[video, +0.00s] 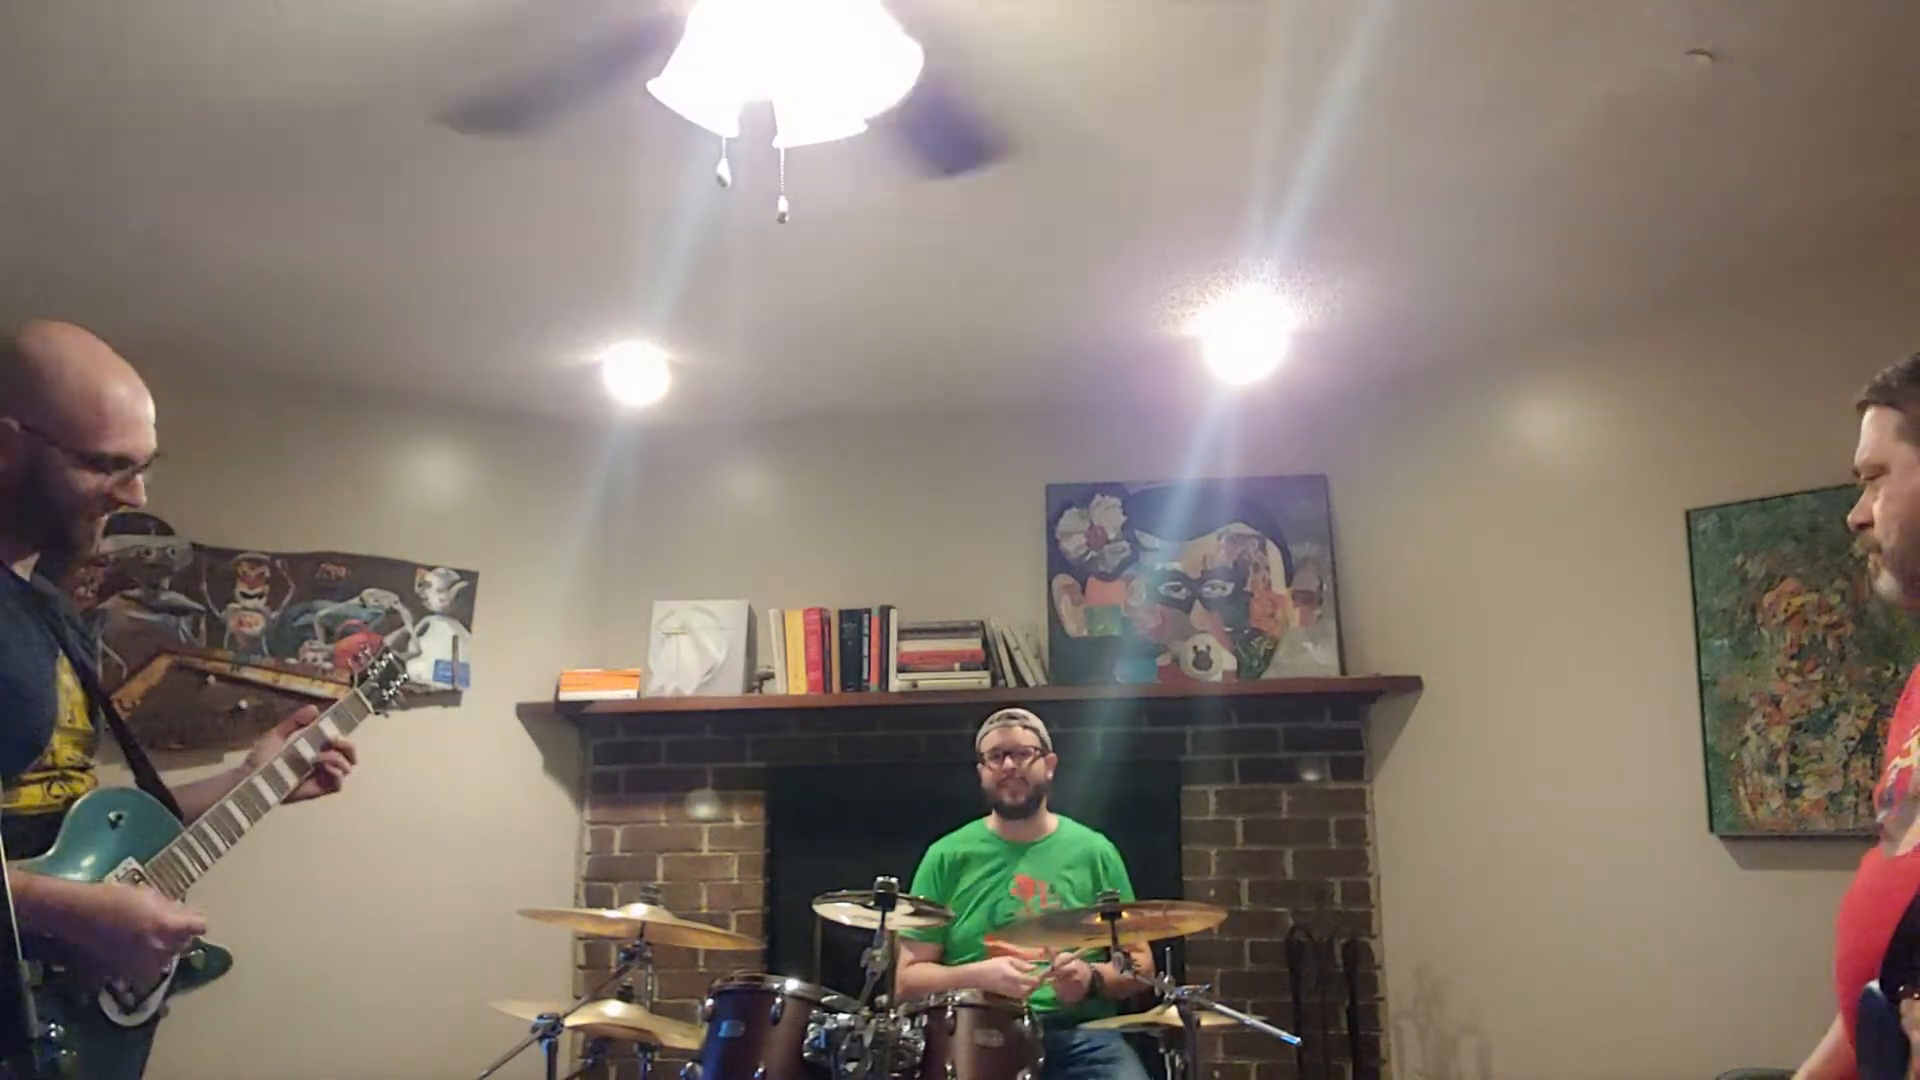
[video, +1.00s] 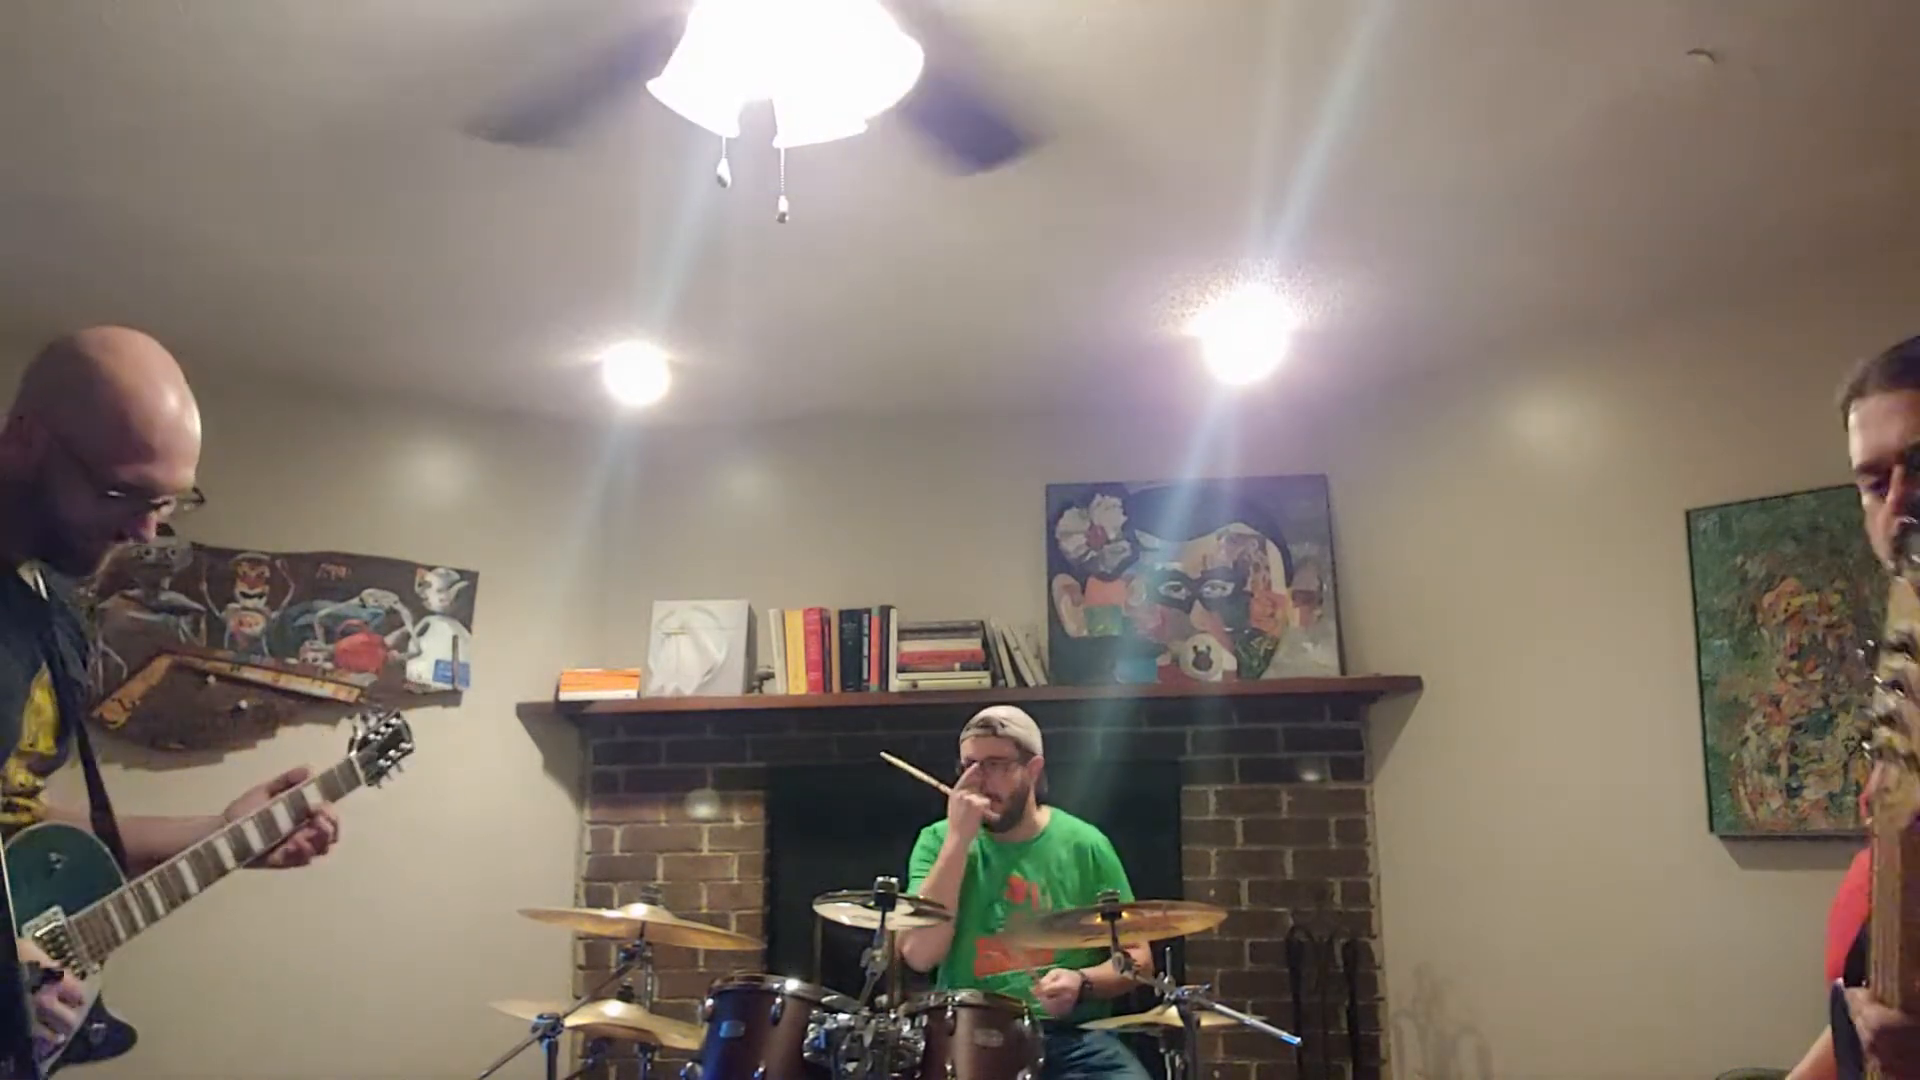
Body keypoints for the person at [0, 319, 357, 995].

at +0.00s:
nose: (136, 496)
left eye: (143, 467)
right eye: (108, 466)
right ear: (11, 446)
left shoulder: (47, 622)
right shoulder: (17, 623)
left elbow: (70, 830)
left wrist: (252, 777)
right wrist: (73, 914)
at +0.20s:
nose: (129, 511)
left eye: (149, 482)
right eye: (101, 476)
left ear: (163, 462)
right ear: (15, 444)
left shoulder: (55, 620)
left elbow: (65, 835)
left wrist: (250, 800)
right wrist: (43, 923)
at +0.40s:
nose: (133, 518)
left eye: (153, 491)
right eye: (106, 485)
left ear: (169, 470)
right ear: (16, 445)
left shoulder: (61, 612)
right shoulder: (13, 613)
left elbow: (65, 833)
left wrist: (258, 807)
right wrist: (35, 923)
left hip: (48, 1034)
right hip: (3, 1038)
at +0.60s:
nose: (127, 533)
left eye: (151, 507)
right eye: (105, 498)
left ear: (170, 481)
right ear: (21, 450)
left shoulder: (67, 613)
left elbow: (73, 830)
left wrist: (263, 815)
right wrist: (13, 925)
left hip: (41, 1037)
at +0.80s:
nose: (127, 531)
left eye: (150, 504)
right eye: (105, 497)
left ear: (169, 475)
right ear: (15, 447)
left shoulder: (55, 603)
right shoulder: (15, 613)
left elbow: (56, 829)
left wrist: (255, 821)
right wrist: (10, 944)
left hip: (30, 1036)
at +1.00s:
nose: (147, 533)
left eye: (169, 504)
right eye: (123, 497)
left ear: (187, 476)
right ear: (26, 442)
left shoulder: (46, 609)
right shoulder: (20, 614)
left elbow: (27, 820)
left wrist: (227, 833)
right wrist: (14, 974)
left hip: (35, 1038)